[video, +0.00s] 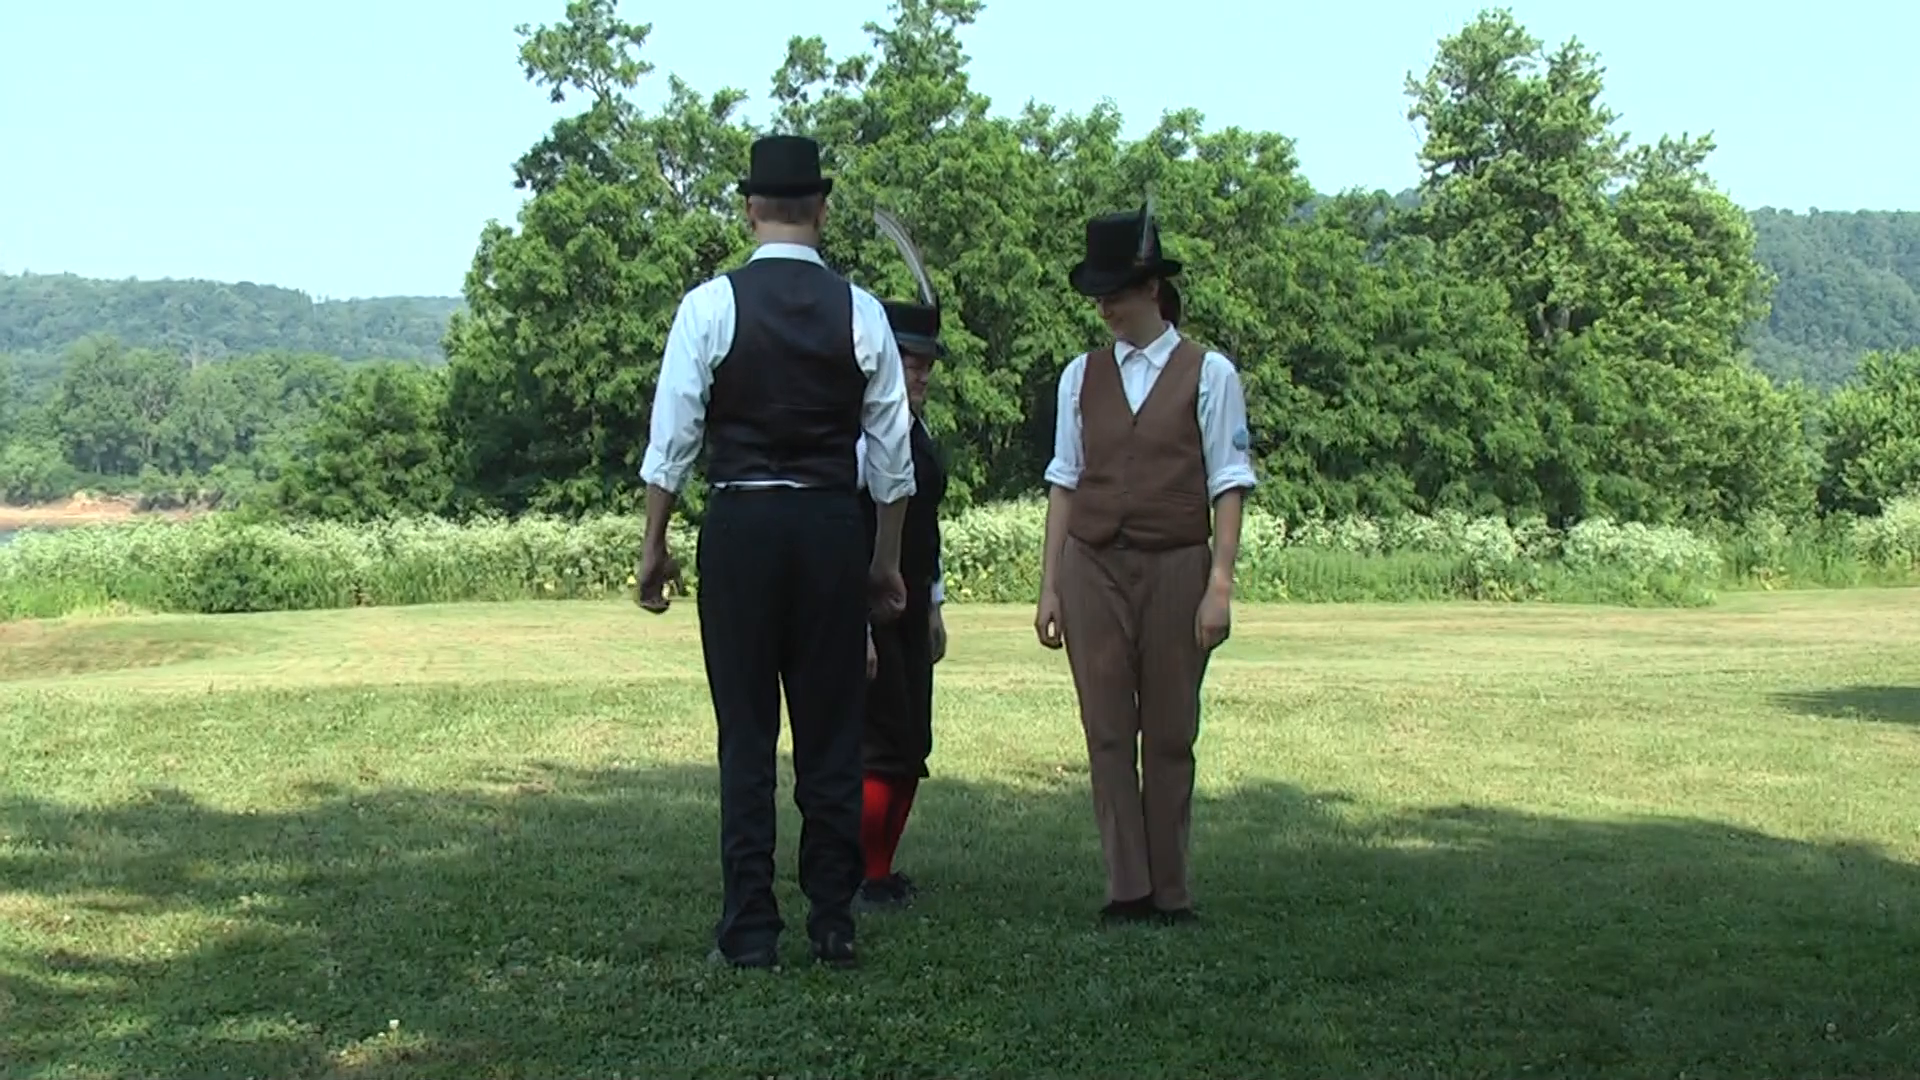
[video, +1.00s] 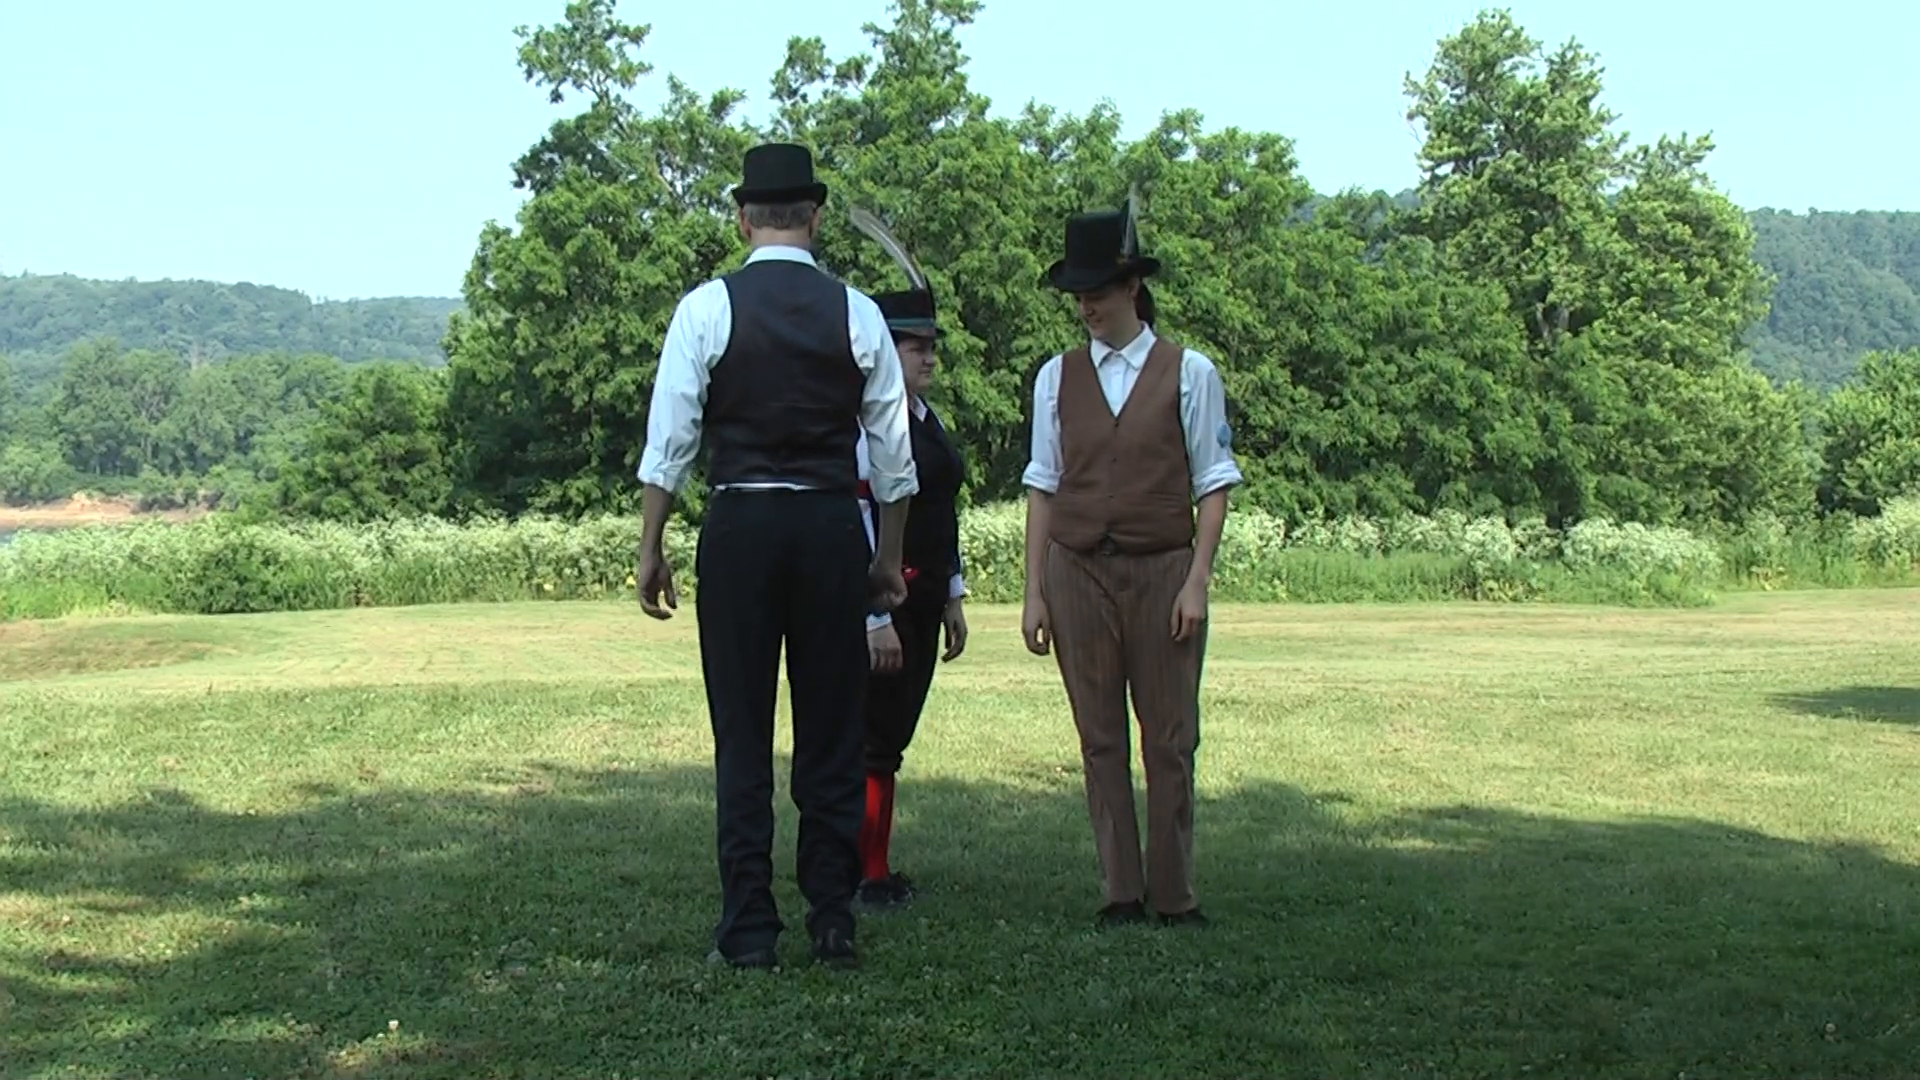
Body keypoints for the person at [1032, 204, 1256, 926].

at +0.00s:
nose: (1107, 306)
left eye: (1118, 293)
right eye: (1099, 296)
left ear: (1155, 287)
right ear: (1094, 298)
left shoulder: (1208, 372)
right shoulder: (1079, 377)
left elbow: (1230, 487)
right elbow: (1063, 486)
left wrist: (1219, 587)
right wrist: (1049, 586)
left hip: (1176, 570)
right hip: (1089, 569)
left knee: (1170, 737)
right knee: (1108, 736)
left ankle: (1169, 891)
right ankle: (1126, 890)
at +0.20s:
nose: (1098, 306)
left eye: (1110, 293)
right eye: (1092, 296)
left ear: (1147, 288)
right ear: (1087, 299)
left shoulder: (1201, 372)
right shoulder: (1070, 378)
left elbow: (1219, 486)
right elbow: (1054, 486)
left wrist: (1203, 588)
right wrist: (1041, 586)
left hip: (1170, 574)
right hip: (1082, 573)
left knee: (1168, 742)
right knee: (1104, 741)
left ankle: (1169, 892)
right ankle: (1124, 891)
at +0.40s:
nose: (1093, 306)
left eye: (1105, 292)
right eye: (1085, 295)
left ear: (1142, 288)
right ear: (1079, 298)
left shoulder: (1194, 374)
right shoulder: (1063, 379)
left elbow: (1213, 489)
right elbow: (1047, 488)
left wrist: (1195, 592)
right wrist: (1034, 587)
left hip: (1164, 575)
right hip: (1076, 574)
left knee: (1172, 742)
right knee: (1100, 742)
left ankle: (1172, 894)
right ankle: (1121, 895)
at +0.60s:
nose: (1092, 307)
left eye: (1103, 294)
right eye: (1084, 297)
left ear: (1139, 290)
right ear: (1077, 300)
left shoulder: (1192, 374)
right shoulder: (1060, 379)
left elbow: (1217, 487)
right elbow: (1044, 490)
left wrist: (1199, 583)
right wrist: (1034, 590)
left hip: (1165, 577)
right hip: (1077, 577)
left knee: (1169, 747)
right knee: (1101, 746)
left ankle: (1173, 898)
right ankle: (1123, 896)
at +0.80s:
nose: (1089, 307)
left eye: (1101, 294)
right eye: (1081, 297)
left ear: (1137, 290)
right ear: (1076, 301)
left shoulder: (1192, 373)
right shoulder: (1058, 378)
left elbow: (1219, 484)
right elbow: (1043, 488)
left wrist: (1201, 580)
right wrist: (1034, 590)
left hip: (1165, 576)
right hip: (1077, 576)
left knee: (1171, 743)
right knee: (1101, 744)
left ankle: (1173, 895)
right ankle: (1122, 894)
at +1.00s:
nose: (1087, 306)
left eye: (1098, 293)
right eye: (1079, 296)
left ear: (1135, 288)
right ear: (1074, 299)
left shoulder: (1189, 372)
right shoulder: (1055, 377)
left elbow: (1215, 483)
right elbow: (1041, 489)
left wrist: (1198, 580)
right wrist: (1034, 591)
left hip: (1166, 575)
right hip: (1076, 577)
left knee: (1170, 744)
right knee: (1101, 745)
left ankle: (1173, 895)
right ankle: (1122, 894)